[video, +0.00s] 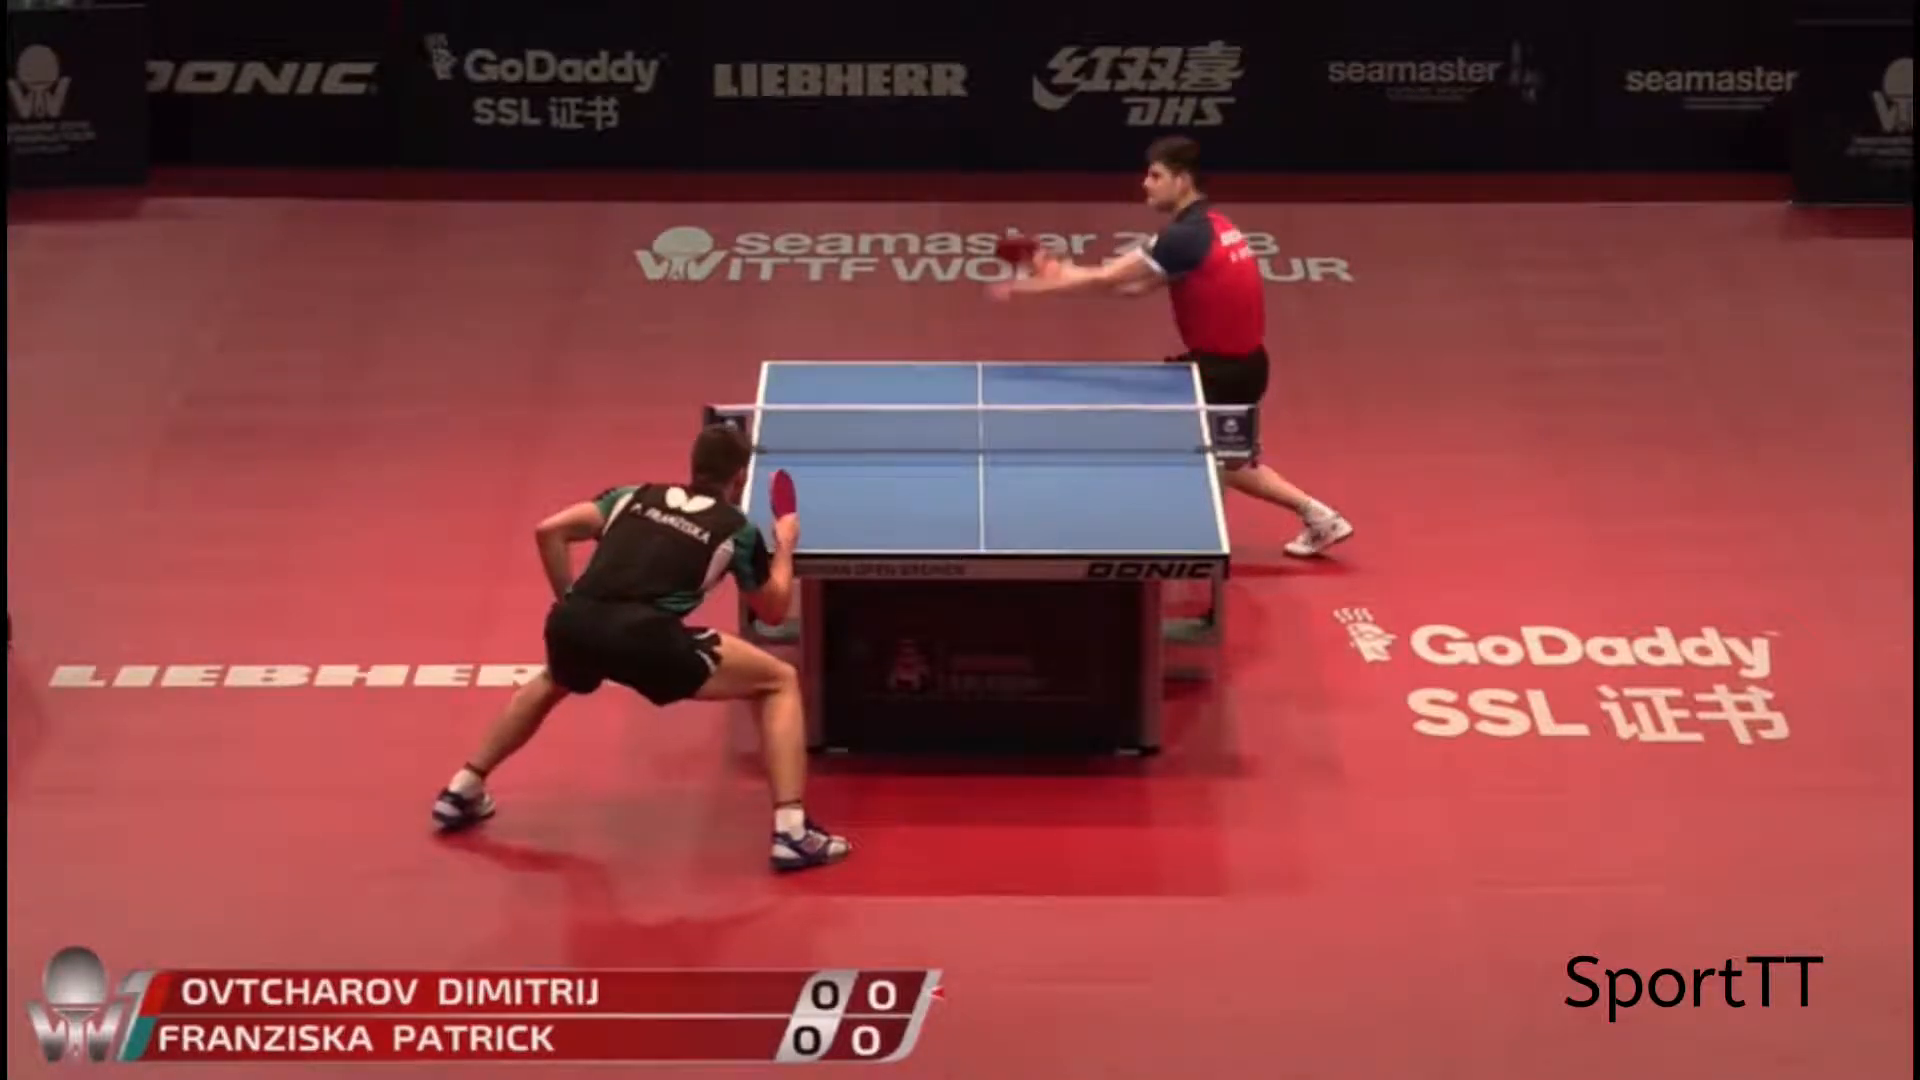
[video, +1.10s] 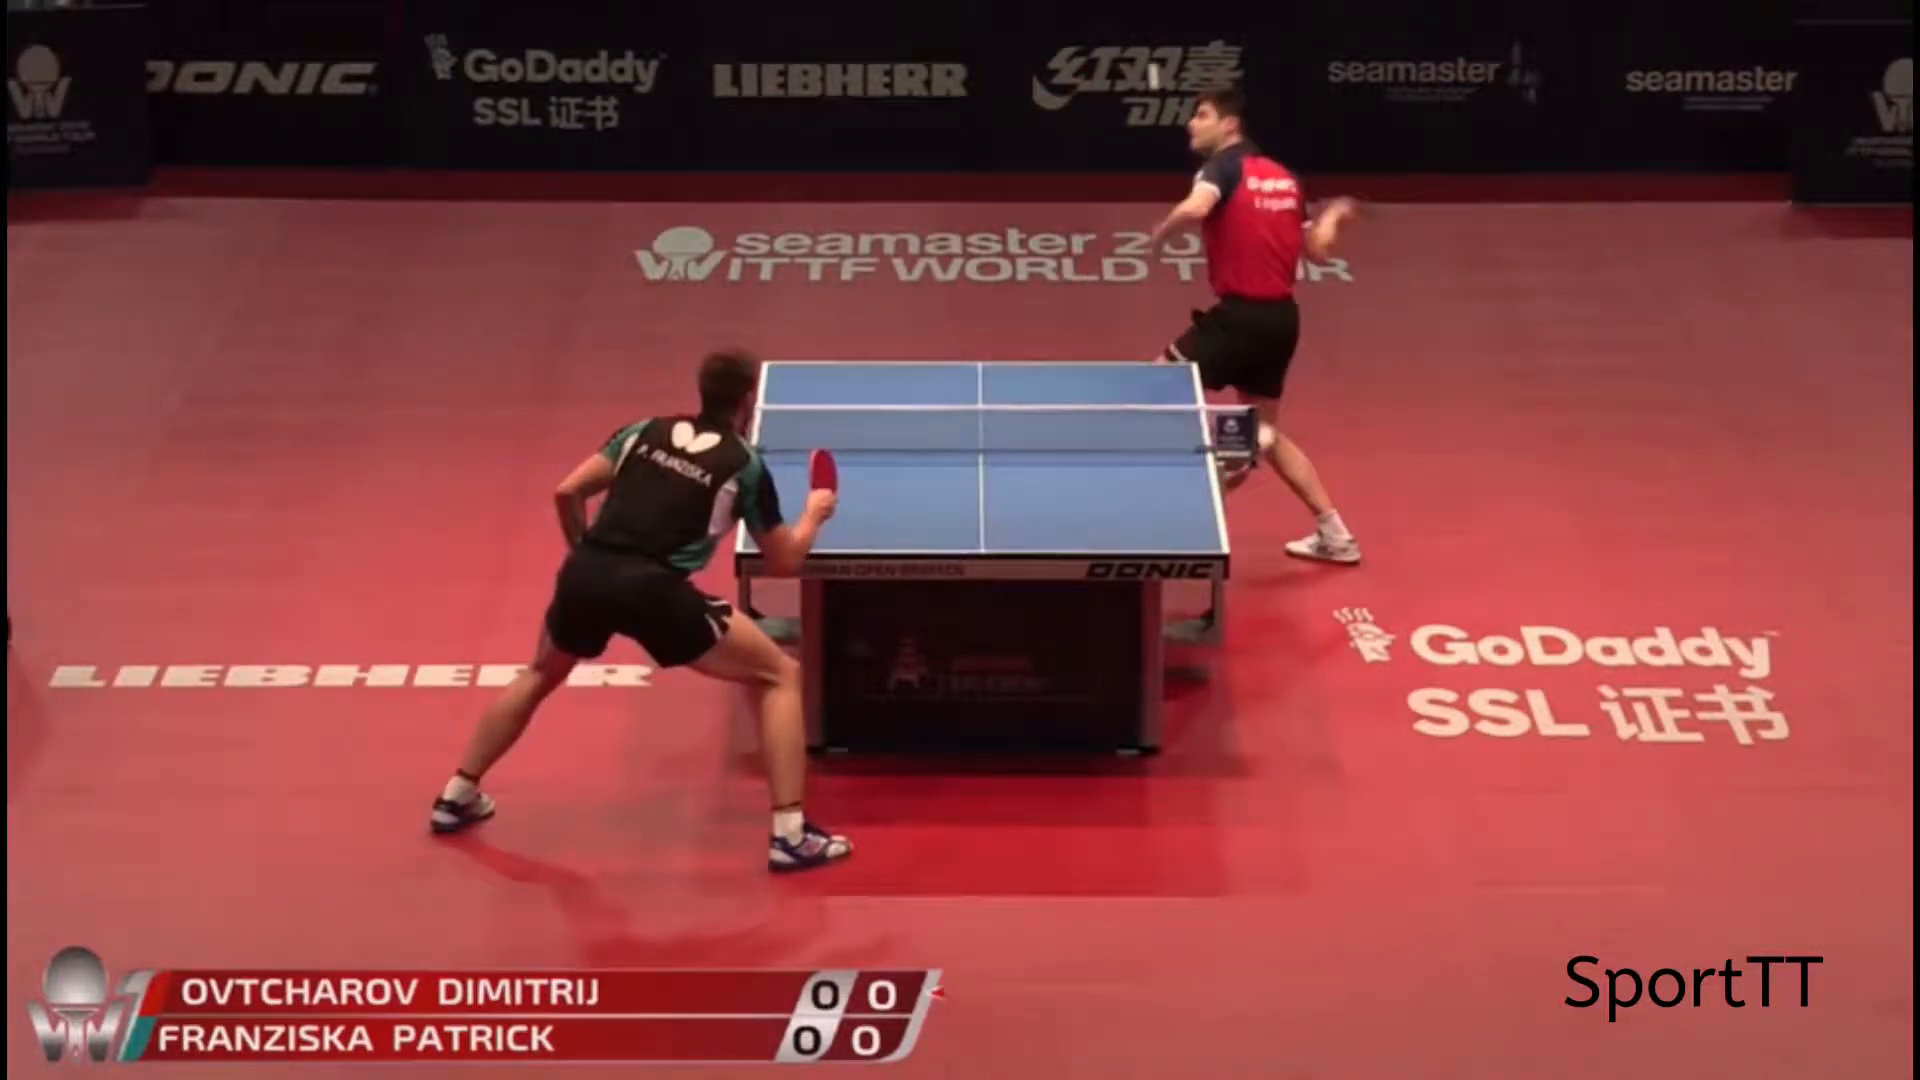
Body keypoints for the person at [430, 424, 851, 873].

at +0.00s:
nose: (743, 480)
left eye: (732, 471)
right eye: (744, 473)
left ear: (691, 467)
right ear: (739, 479)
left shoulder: (636, 495)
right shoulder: (739, 529)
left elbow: (550, 530)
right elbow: (774, 610)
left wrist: (566, 601)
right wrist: (785, 549)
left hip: (573, 623)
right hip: (647, 637)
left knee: (552, 681)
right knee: (779, 683)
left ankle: (463, 787)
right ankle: (792, 830)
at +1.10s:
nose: (756, 407)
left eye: (752, 395)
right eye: (755, 398)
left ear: (702, 394)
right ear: (747, 405)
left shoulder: (648, 431)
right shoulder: (747, 465)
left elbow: (568, 492)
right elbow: (785, 558)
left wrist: (584, 552)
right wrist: (816, 513)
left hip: (586, 574)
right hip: (656, 588)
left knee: (537, 675)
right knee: (781, 675)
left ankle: (457, 792)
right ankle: (791, 832)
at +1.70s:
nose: (741, 375)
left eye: (740, 365)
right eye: (741, 366)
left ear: (688, 356)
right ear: (732, 370)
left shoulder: (624, 389)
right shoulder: (726, 427)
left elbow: (543, 439)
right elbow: (766, 515)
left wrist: (543, 484)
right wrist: (812, 492)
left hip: (588, 548)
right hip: (664, 558)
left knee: (532, 654)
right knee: (765, 637)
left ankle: (470, 781)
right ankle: (801, 754)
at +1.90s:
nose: (760, 374)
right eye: (762, 366)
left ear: (713, 358)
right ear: (760, 371)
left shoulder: (678, 390)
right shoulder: (766, 426)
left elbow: (624, 440)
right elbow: (793, 472)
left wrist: (583, 462)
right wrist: (816, 477)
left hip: (656, 547)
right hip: (730, 553)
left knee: (566, 656)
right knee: (801, 642)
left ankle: (480, 773)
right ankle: (872, 753)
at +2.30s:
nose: (783, 358)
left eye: (776, 349)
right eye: (784, 351)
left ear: (731, 349)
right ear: (780, 359)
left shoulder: (677, 389)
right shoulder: (787, 428)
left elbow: (610, 440)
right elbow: (826, 521)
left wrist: (601, 487)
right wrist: (849, 496)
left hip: (641, 540)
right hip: (716, 552)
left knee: (570, 655)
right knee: (807, 650)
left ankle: (504, 786)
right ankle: (846, 795)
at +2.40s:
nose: (786, 390)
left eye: (774, 378)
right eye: (785, 382)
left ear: (730, 378)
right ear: (778, 390)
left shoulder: (670, 428)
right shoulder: (780, 463)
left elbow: (603, 496)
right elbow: (820, 556)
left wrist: (624, 529)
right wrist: (865, 539)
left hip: (627, 579)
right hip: (697, 595)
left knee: (556, 672)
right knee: (802, 706)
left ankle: (478, 792)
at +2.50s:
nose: (782, 397)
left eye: (775, 385)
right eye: (782, 390)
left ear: (727, 384)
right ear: (772, 396)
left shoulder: (670, 431)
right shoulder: (773, 467)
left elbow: (599, 497)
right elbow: (813, 563)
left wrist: (620, 523)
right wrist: (864, 553)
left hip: (619, 585)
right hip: (692, 601)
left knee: (554, 680)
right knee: (801, 704)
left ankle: (470, 799)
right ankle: (777, 849)